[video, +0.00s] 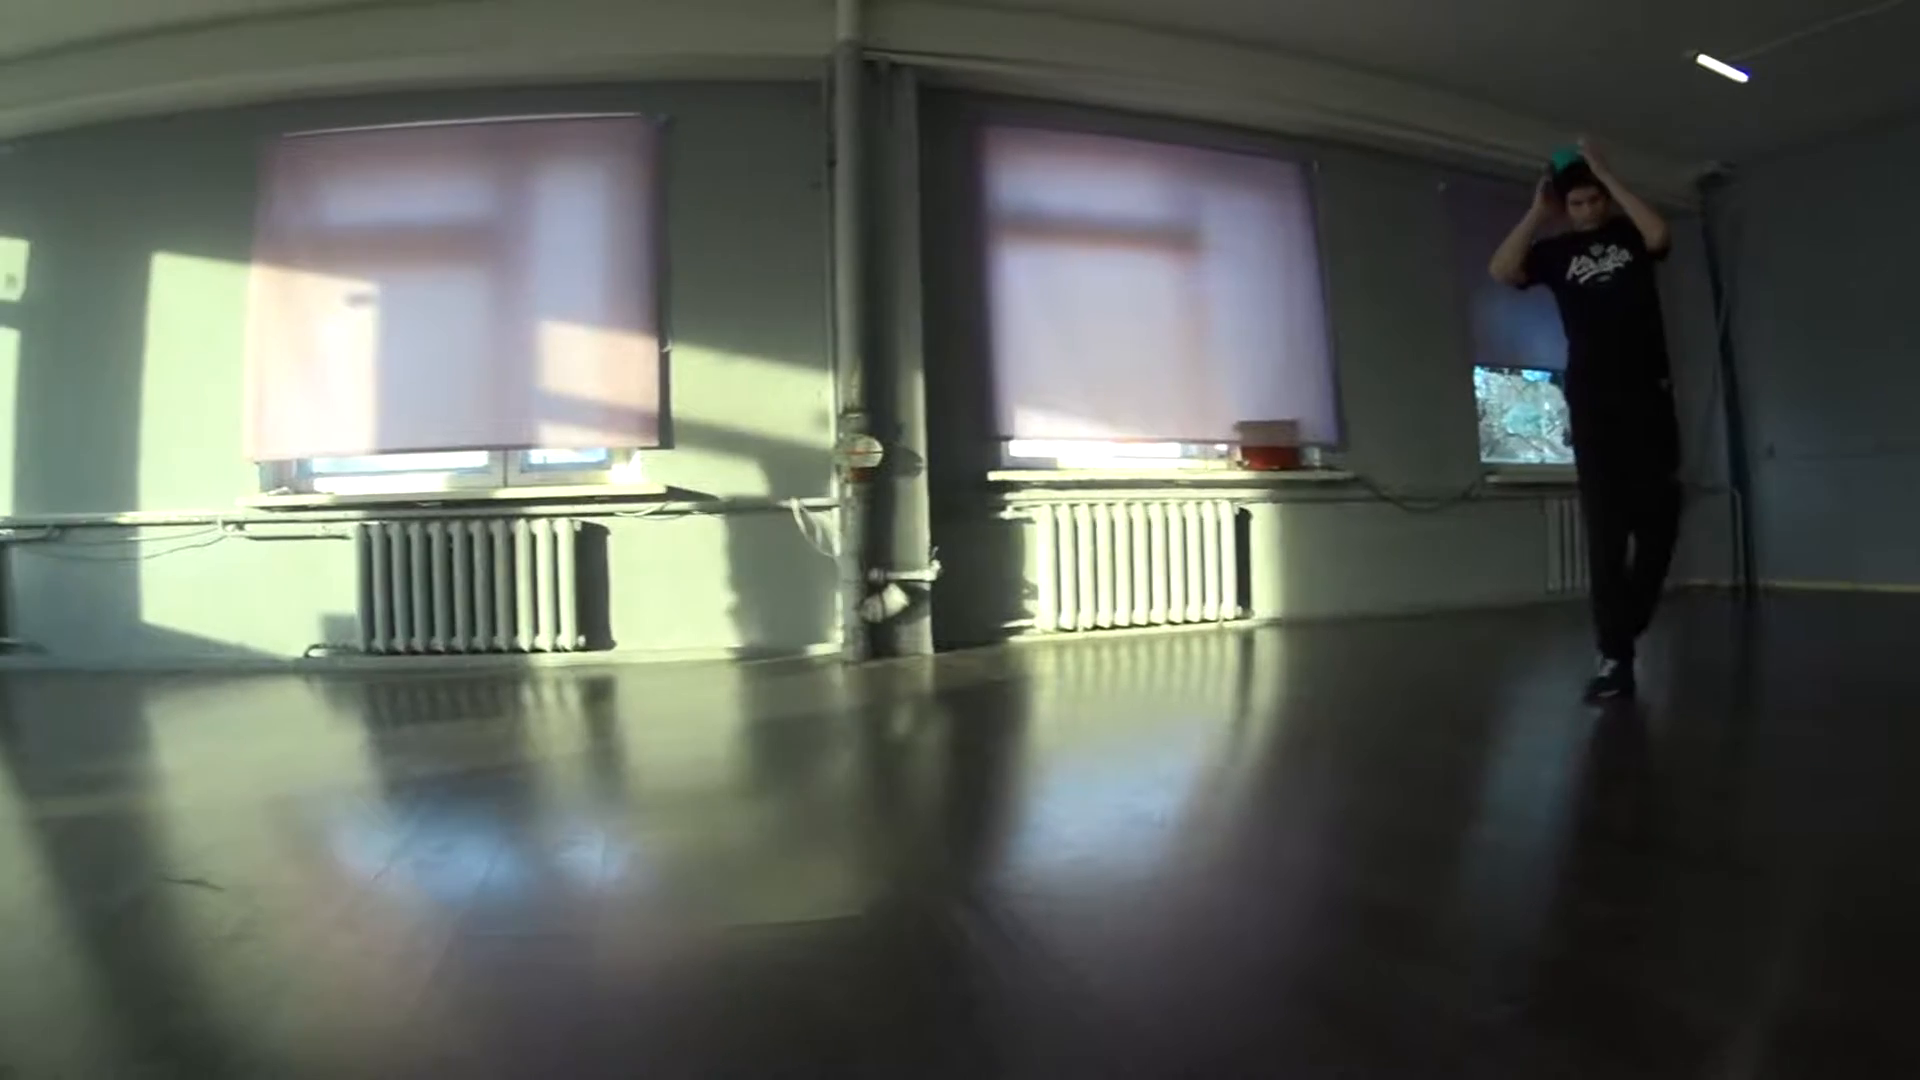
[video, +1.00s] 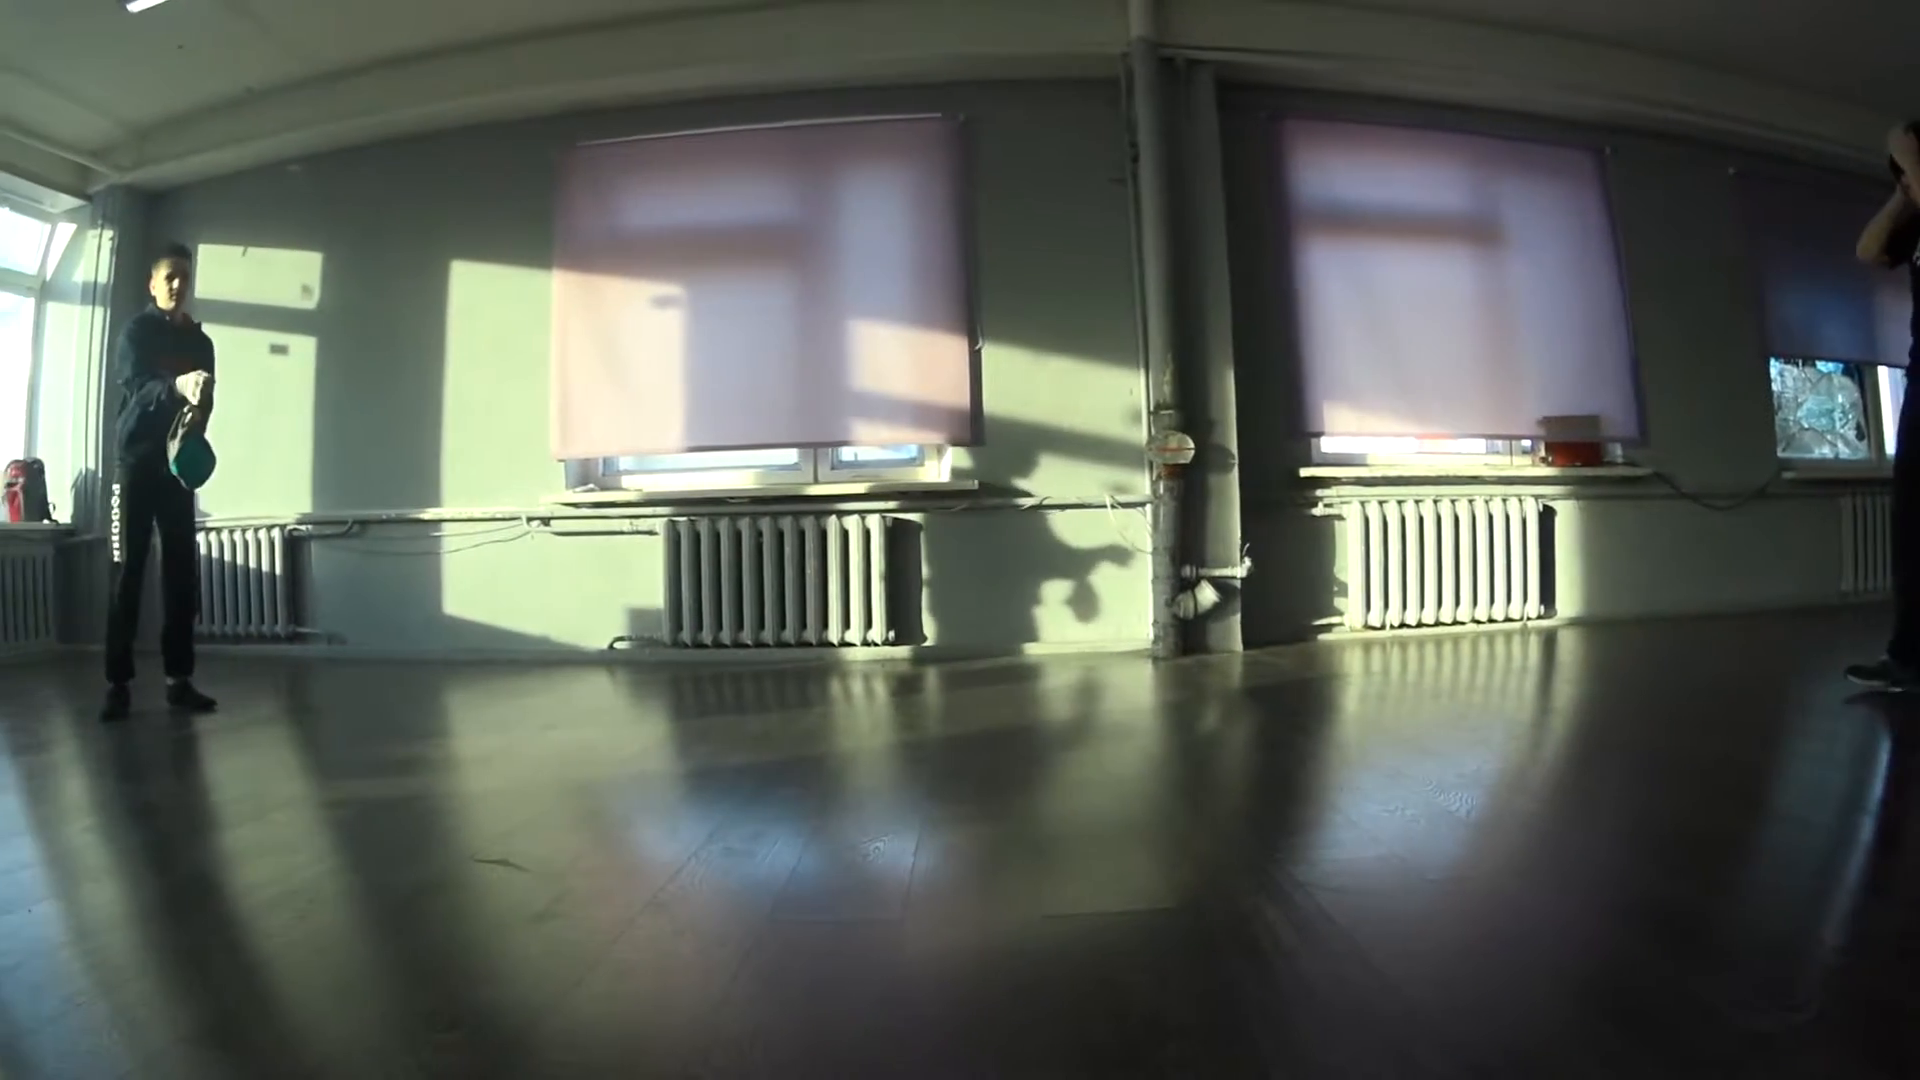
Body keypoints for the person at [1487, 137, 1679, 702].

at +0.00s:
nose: (1584, 206)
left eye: (1592, 196)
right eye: (1574, 199)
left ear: (1608, 198)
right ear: (1562, 206)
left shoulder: (1633, 238)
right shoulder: (1557, 254)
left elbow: (1658, 237)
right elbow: (1503, 270)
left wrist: (1607, 174)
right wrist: (1536, 214)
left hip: (1647, 398)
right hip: (1593, 404)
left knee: (1658, 522)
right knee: (1605, 529)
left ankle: (1626, 634)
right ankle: (1613, 656)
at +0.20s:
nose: (1686, 201)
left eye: (1694, 192)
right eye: (1676, 194)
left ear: (1709, 196)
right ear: (1665, 203)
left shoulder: (1734, 236)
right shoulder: (1660, 248)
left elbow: (1746, 228)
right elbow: (1610, 256)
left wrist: (1696, 164)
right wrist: (1647, 202)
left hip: (1746, 397)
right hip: (1691, 402)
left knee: (1763, 520)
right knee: (1704, 530)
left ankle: (1760, 626)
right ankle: (1710, 658)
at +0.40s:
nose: (1773, 198)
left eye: (1780, 190)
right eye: (1764, 191)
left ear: (1796, 195)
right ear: (1753, 201)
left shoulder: (1819, 235)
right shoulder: (1748, 246)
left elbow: (1827, 228)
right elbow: (1703, 251)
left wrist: (1783, 169)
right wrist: (1741, 202)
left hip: (1830, 396)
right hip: (1776, 401)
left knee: (1848, 525)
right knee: (1782, 535)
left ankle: (1872, 646)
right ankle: (1786, 663)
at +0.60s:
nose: (1822, 188)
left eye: (1829, 177)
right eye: (1814, 178)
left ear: (1850, 175)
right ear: (1811, 182)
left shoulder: (1888, 216)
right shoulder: (1821, 235)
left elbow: (1881, 227)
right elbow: (1770, 251)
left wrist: (1840, 168)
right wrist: (1807, 199)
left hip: (1895, 396)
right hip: (1841, 401)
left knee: (1907, 532)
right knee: (1839, 537)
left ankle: (1915, 653)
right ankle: (1837, 664)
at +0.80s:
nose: (1872, 185)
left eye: (1880, 173)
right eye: (1866, 176)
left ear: (1904, 173)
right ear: (1867, 183)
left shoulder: (1913, 229)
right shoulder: (1878, 236)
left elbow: (1908, 226)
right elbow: (1829, 254)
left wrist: (1884, 165)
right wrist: (1864, 198)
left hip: (1916, 400)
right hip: (1892, 400)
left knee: (1903, 532)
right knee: (1885, 531)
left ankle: (1884, 661)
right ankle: (1878, 663)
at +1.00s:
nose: (1898, 174)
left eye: (1902, 164)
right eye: (1897, 164)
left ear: (1913, 162)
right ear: (1906, 164)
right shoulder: (1911, 217)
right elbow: (1869, 251)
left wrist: (1907, 174)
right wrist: (1906, 195)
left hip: (1919, 391)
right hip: (1916, 388)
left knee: (1912, 520)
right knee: (1909, 517)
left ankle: (1908, 656)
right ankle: (1904, 654)